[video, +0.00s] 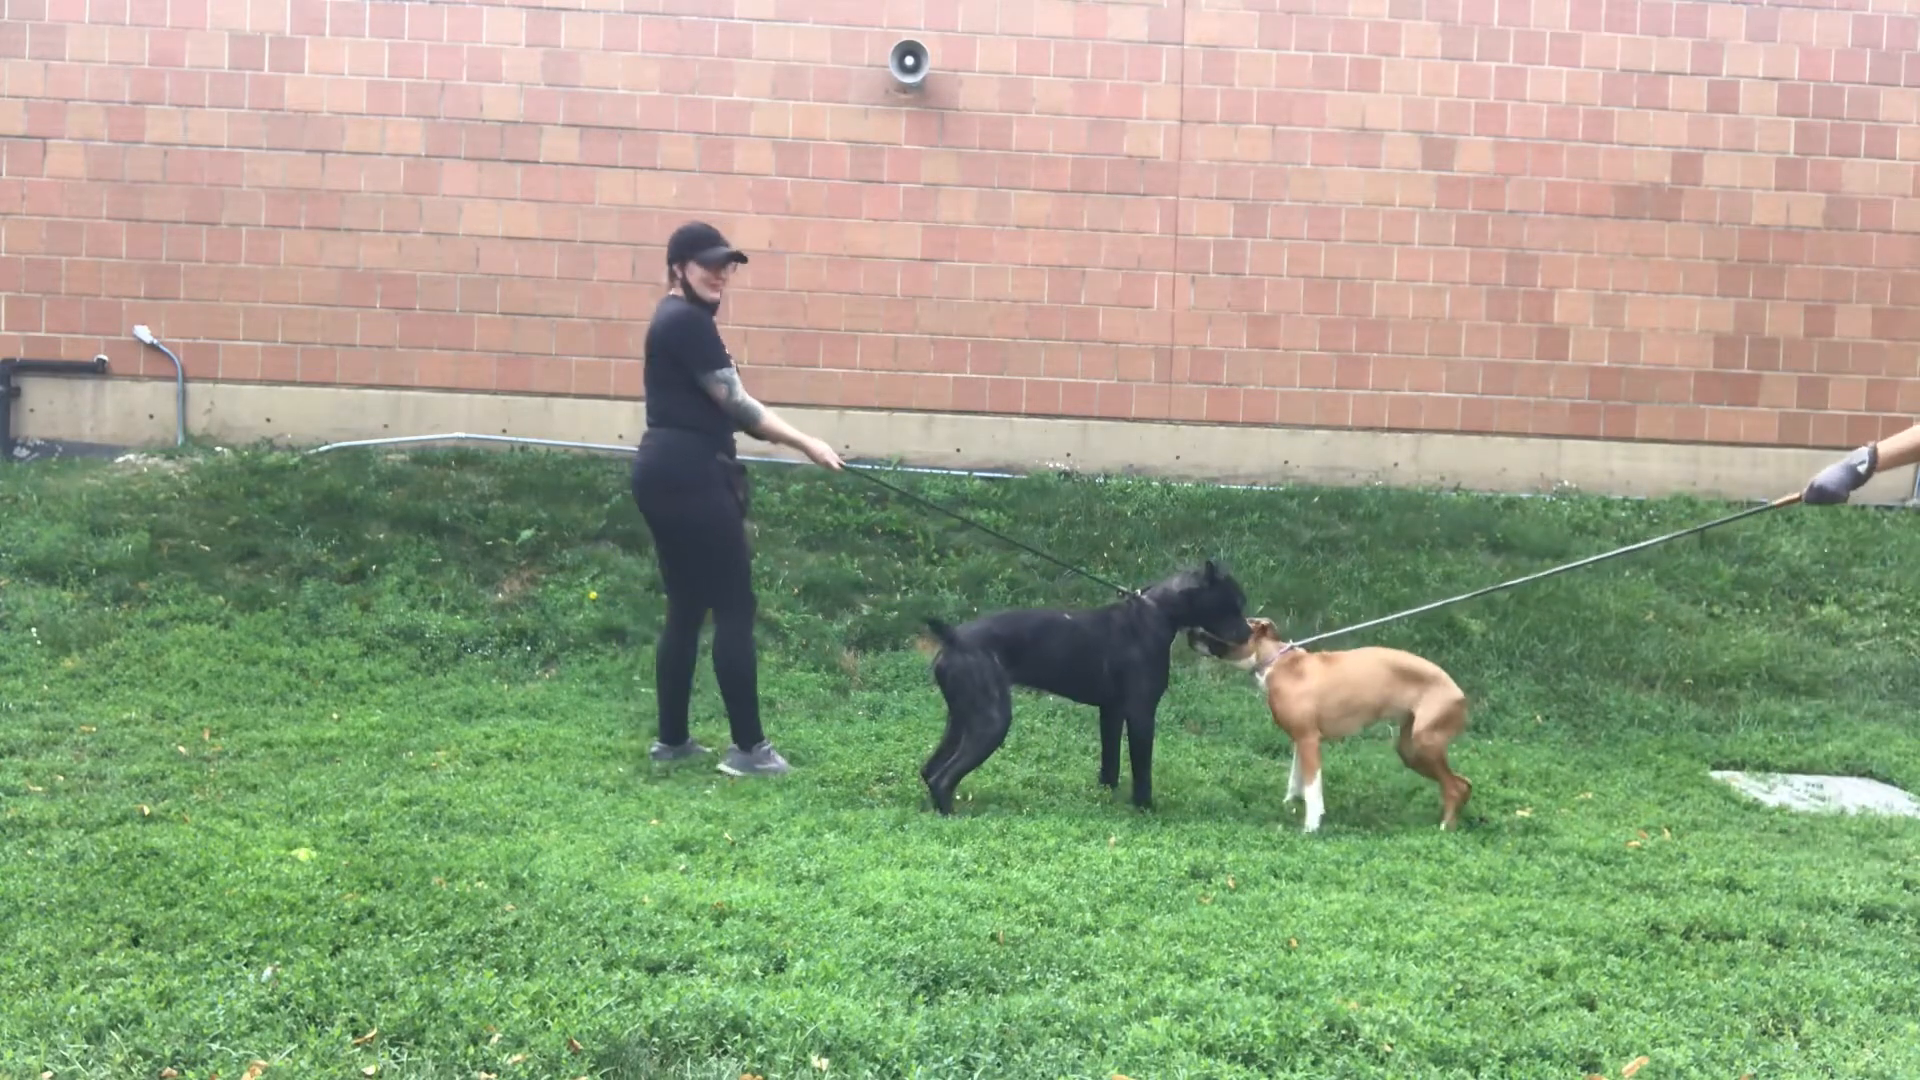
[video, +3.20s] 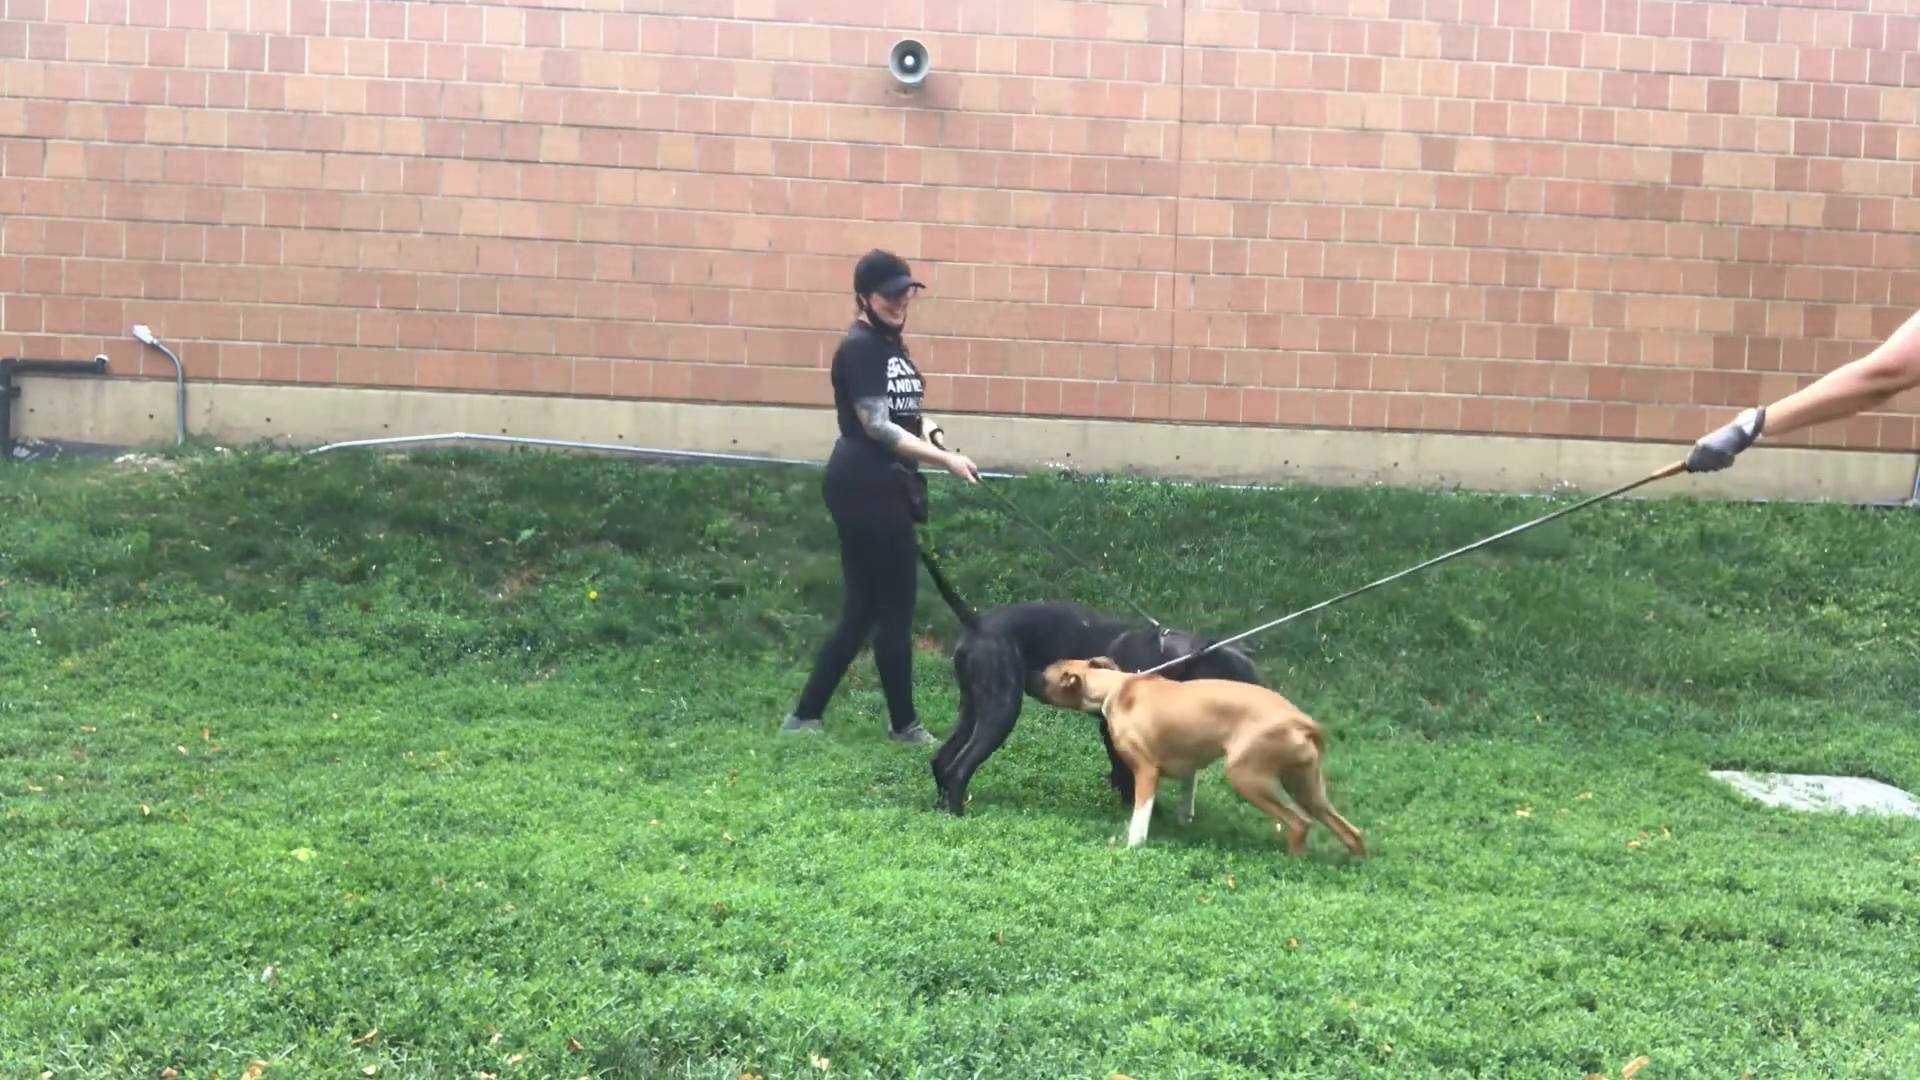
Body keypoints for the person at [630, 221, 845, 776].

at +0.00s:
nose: (722, 274)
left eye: (725, 265)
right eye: (711, 264)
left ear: (721, 269)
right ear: (681, 268)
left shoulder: (673, 316)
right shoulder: (689, 320)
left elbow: (719, 402)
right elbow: (737, 405)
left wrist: (772, 430)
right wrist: (806, 442)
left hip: (665, 466)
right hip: (691, 470)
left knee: (685, 606)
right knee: (735, 607)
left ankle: (672, 741)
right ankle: (749, 748)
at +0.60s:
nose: (742, 275)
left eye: (745, 266)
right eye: (730, 265)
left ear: (744, 270)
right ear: (700, 271)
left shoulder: (706, 319)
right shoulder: (706, 322)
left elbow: (738, 402)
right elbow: (754, 401)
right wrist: (825, 438)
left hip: (708, 467)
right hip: (713, 470)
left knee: (732, 599)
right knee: (745, 601)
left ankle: (691, 720)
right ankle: (723, 741)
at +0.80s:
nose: (763, 281)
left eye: (766, 272)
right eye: (754, 270)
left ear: (737, 274)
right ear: (721, 271)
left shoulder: (726, 319)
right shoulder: (716, 322)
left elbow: (752, 400)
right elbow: (761, 401)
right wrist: (832, 438)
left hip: (742, 470)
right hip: (720, 473)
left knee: (791, 587)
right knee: (726, 606)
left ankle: (760, 709)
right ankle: (726, 741)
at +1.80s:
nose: (811, 289)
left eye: (815, 281)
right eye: (802, 280)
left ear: (817, 285)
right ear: (772, 281)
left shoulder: (809, 345)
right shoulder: (754, 338)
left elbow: (811, 421)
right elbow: (800, 405)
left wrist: (825, 481)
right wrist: (870, 439)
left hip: (804, 484)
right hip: (755, 480)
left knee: (794, 606)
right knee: (752, 602)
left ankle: (798, 724)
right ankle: (717, 730)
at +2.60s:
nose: (838, 296)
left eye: (843, 287)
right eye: (828, 287)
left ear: (848, 289)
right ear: (802, 287)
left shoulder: (843, 348)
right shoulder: (784, 339)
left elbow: (845, 412)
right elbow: (810, 408)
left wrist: (873, 430)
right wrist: (878, 444)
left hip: (829, 478)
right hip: (786, 473)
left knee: (812, 591)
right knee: (832, 580)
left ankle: (800, 716)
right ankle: (779, 706)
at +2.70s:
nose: (844, 296)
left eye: (849, 287)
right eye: (834, 287)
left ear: (854, 288)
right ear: (808, 287)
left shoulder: (849, 347)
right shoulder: (792, 338)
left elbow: (851, 411)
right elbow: (816, 408)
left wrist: (878, 427)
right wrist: (883, 443)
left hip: (830, 479)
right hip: (792, 474)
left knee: (813, 597)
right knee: (853, 578)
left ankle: (799, 718)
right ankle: (824, 708)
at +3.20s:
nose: (900, 302)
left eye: (905, 294)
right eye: (890, 295)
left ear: (909, 295)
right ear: (865, 298)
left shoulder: (892, 346)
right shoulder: (859, 348)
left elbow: (909, 414)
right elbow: (875, 424)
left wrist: (935, 440)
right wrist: (946, 458)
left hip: (880, 480)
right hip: (867, 483)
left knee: (863, 609)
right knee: (897, 603)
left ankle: (805, 716)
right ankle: (904, 725)